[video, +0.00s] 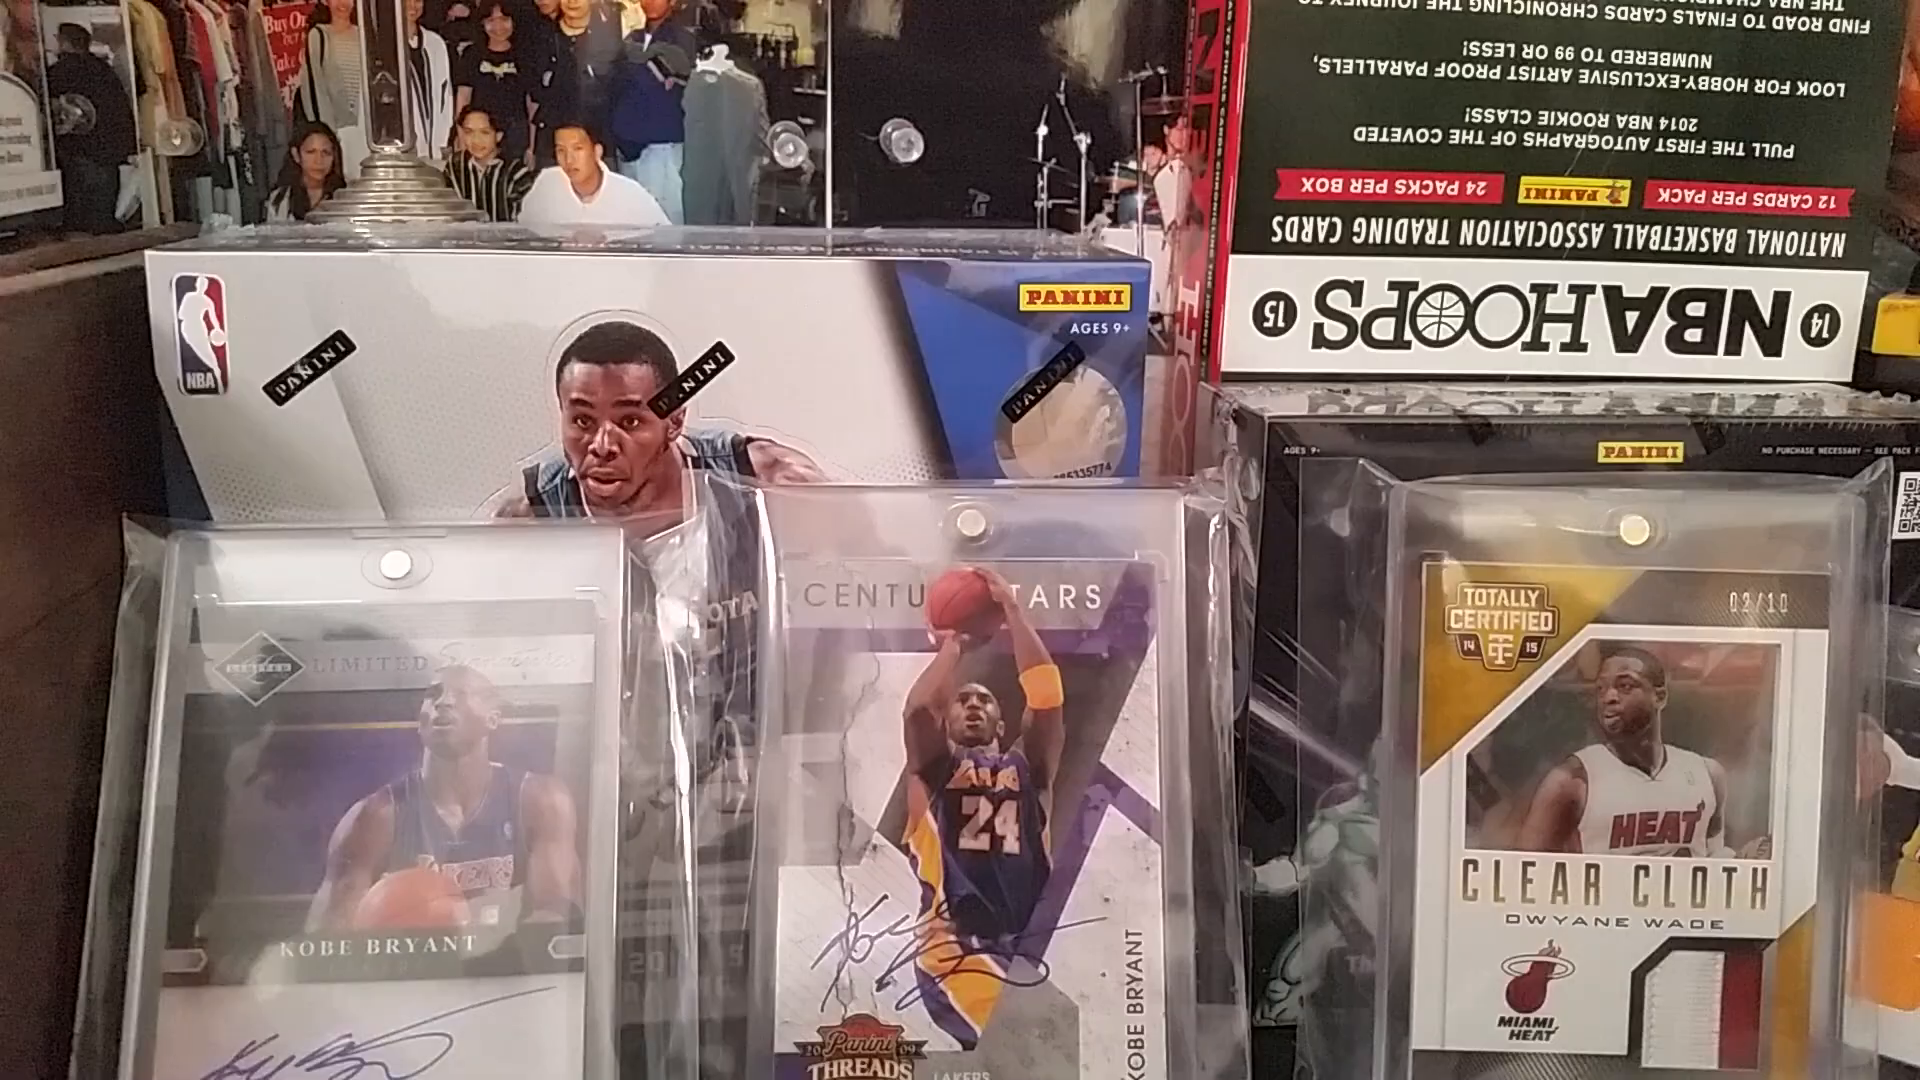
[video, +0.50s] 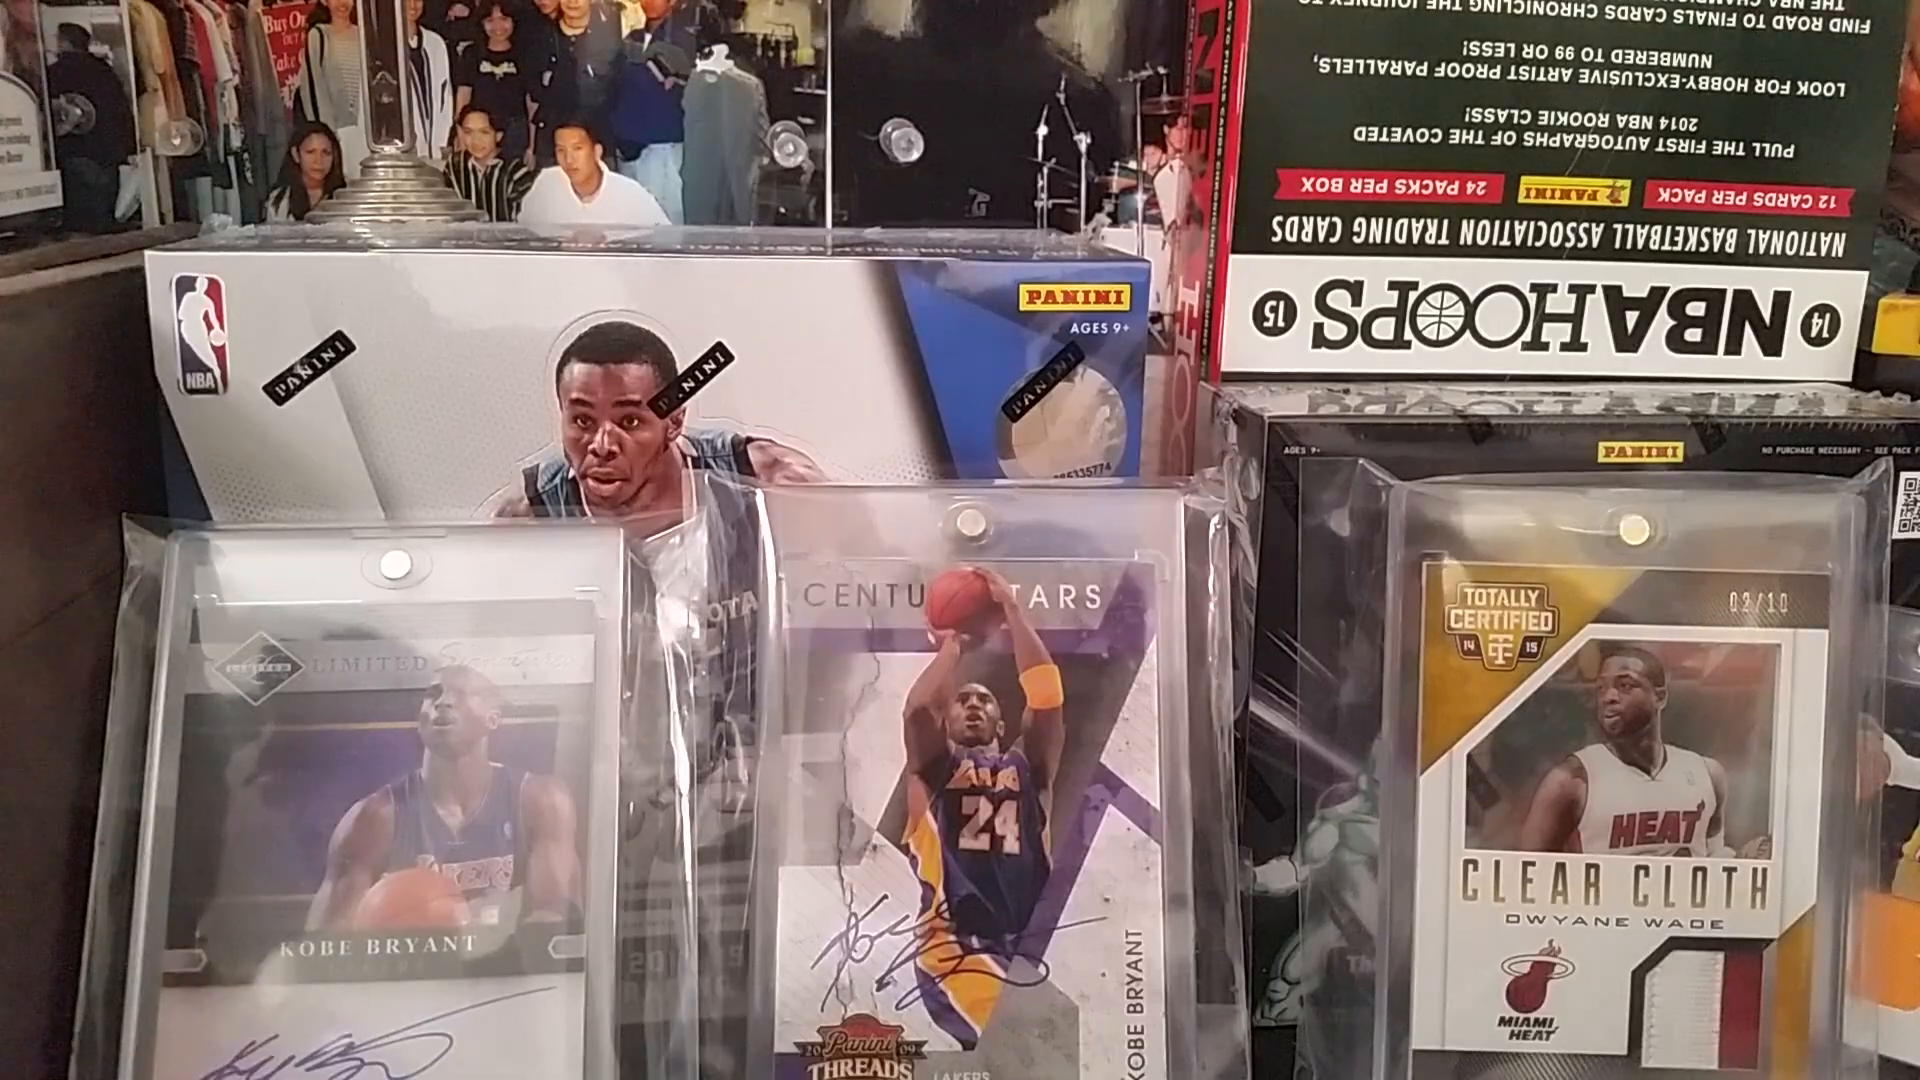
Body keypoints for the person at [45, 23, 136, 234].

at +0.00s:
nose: (57, 46)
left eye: (59, 42)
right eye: (58, 42)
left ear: (64, 44)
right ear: (86, 44)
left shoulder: (56, 73)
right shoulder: (104, 69)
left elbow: (44, 114)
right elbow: (122, 109)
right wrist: (128, 149)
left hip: (73, 154)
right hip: (107, 152)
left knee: (76, 213)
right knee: (105, 214)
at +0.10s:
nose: (57, 45)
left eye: (59, 41)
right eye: (58, 41)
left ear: (64, 43)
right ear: (86, 45)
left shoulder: (54, 74)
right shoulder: (104, 70)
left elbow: (46, 115)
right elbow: (122, 109)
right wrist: (128, 148)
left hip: (71, 151)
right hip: (107, 149)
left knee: (77, 211)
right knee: (105, 212)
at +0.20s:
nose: (57, 45)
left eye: (59, 41)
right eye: (58, 41)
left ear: (64, 43)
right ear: (86, 45)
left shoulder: (54, 73)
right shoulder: (105, 70)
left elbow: (43, 116)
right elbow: (123, 111)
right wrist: (129, 149)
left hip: (71, 154)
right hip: (106, 152)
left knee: (76, 212)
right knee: (105, 213)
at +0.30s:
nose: (58, 46)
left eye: (60, 42)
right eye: (59, 42)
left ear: (64, 44)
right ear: (86, 45)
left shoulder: (53, 74)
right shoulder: (105, 71)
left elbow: (45, 116)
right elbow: (121, 112)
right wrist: (127, 150)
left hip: (70, 153)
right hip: (105, 152)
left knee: (76, 214)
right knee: (105, 215)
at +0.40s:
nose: (58, 47)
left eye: (59, 43)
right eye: (59, 43)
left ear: (64, 44)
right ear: (86, 45)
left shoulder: (53, 73)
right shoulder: (106, 72)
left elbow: (46, 117)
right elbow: (122, 111)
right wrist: (127, 149)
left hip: (71, 153)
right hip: (106, 152)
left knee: (76, 215)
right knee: (105, 215)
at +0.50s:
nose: (57, 45)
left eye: (59, 41)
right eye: (58, 41)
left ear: (64, 43)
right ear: (86, 44)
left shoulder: (54, 73)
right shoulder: (104, 70)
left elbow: (48, 116)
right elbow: (122, 110)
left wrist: (52, 153)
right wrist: (127, 148)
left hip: (73, 153)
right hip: (107, 150)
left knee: (77, 216)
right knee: (106, 215)